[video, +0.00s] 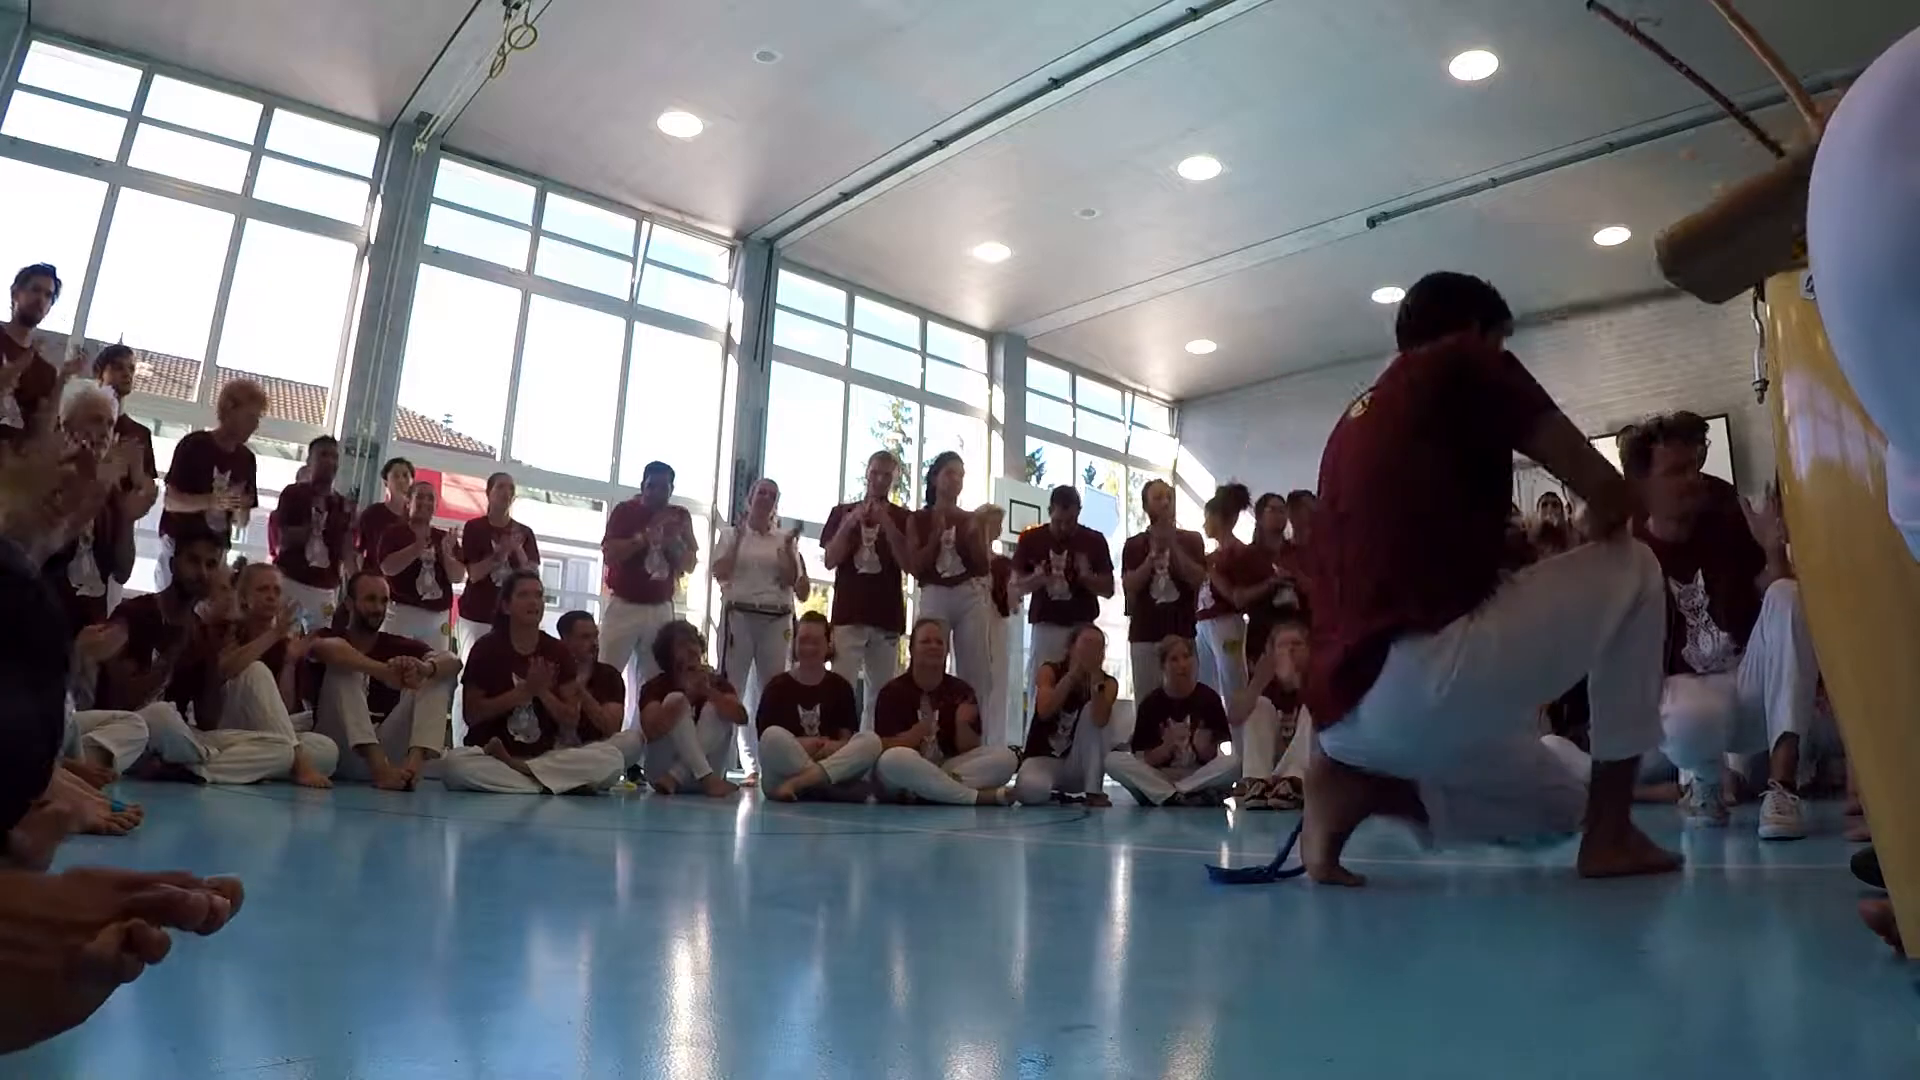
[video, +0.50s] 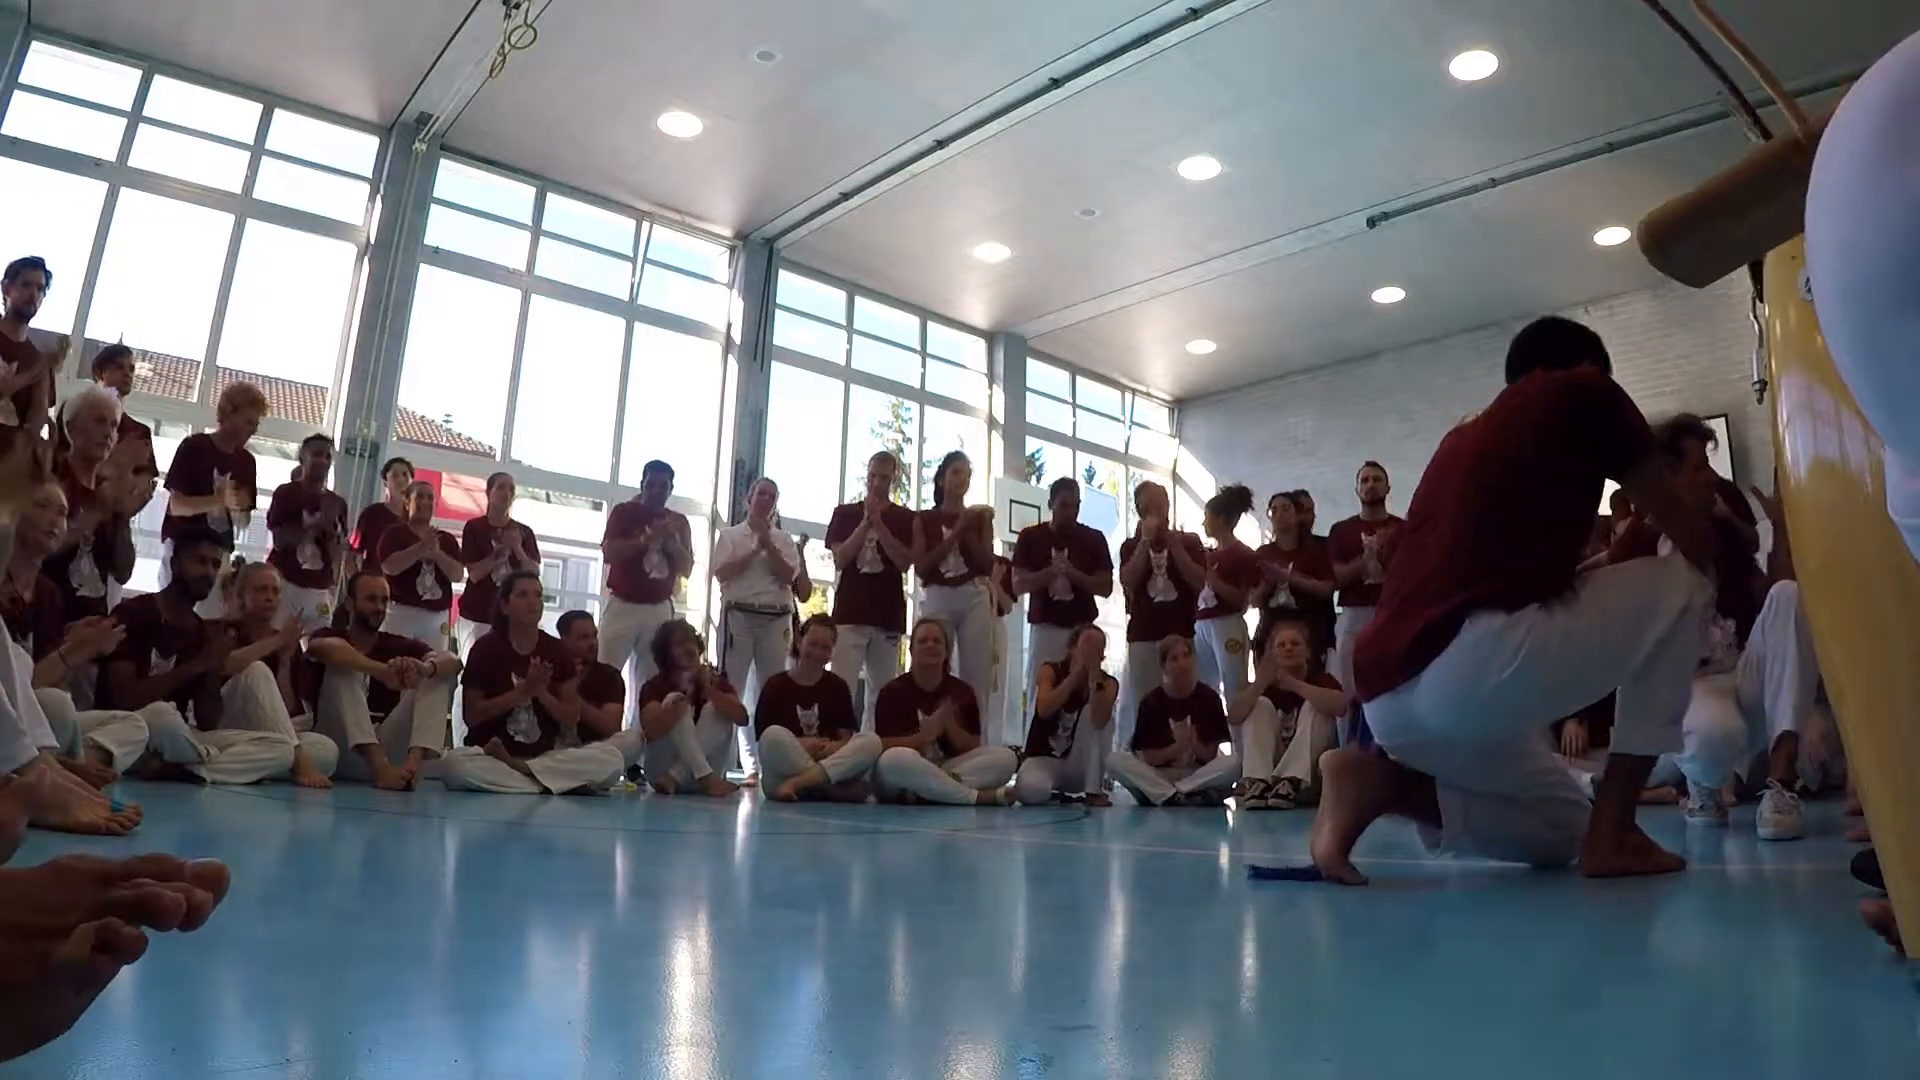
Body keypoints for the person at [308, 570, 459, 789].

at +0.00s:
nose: (379, 608)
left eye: (384, 601)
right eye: (370, 600)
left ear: (389, 604)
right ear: (349, 603)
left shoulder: (395, 644)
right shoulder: (327, 637)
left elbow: (454, 662)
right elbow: (324, 649)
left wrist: (427, 668)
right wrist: (386, 672)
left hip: (386, 754)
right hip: (336, 752)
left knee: (438, 673)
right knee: (343, 662)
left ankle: (415, 763)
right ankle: (379, 766)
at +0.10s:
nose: (379, 608)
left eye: (384, 601)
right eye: (370, 600)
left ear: (389, 604)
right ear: (349, 603)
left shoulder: (395, 644)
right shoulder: (326, 636)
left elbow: (453, 662)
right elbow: (325, 649)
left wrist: (428, 668)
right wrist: (384, 672)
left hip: (386, 754)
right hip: (336, 751)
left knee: (438, 674)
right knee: (343, 663)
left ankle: (414, 763)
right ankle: (379, 766)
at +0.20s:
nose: (380, 608)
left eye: (384, 601)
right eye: (371, 600)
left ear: (389, 603)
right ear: (350, 603)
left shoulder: (394, 643)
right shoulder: (326, 637)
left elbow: (454, 661)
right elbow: (319, 649)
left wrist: (426, 668)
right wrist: (383, 672)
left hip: (386, 752)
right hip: (336, 750)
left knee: (437, 673)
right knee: (342, 662)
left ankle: (414, 763)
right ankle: (379, 766)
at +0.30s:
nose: (380, 607)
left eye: (384, 600)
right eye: (371, 599)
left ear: (389, 603)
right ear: (350, 602)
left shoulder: (394, 643)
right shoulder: (328, 637)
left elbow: (454, 662)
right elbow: (319, 648)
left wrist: (426, 668)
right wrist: (383, 671)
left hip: (386, 752)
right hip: (336, 749)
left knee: (438, 673)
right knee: (342, 662)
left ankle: (414, 764)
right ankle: (379, 766)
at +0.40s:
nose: (380, 607)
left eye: (384, 601)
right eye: (371, 600)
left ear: (389, 603)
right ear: (350, 602)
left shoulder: (393, 643)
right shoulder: (328, 637)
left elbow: (454, 661)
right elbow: (320, 648)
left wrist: (427, 668)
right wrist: (383, 671)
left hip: (386, 752)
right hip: (335, 750)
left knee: (438, 673)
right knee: (342, 663)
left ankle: (414, 763)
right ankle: (379, 766)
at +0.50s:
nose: (380, 607)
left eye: (384, 600)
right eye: (371, 599)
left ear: (389, 603)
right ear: (350, 602)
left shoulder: (394, 643)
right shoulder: (329, 636)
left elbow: (454, 662)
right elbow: (317, 648)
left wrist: (427, 668)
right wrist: (383, 671)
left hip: (386, 752)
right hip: (336, 750)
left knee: (438, 673)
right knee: (342, 663)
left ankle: (414, 764)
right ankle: (379, 766)